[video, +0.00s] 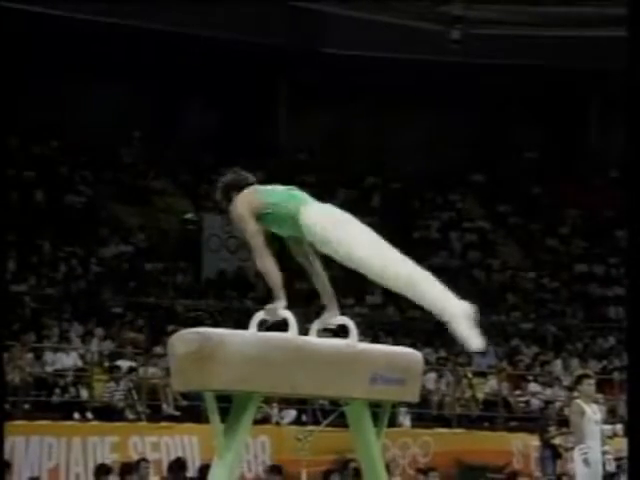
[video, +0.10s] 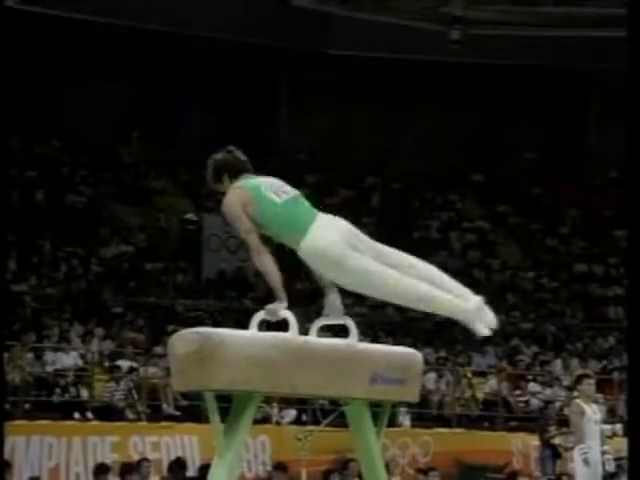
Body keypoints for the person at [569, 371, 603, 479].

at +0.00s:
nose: (592, 388)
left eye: (593, 385)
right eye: (588, 385)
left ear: (595, 386)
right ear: (579, 387)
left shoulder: (594, 406)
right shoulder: (577, 405)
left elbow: (596, 429)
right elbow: (577, 430)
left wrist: (614, 430)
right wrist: (583, 453)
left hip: (596, 449)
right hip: (585, 450)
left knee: (597, 474)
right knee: (585, 475)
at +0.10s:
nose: (592, 388)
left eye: (593, 385)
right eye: (588, 384)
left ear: (595, 386)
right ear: (578, 387)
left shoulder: (594, 406)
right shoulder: (576, 405)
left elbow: (596, 429)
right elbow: (577, 430)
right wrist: (582, 453)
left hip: (596, 449)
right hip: (585, 450)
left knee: (597, 474)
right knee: (585, 475)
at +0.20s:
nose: (592, 388)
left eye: (593, 385)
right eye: (588, 384)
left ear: (595, 386)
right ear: (578, 387)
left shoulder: (594, 406)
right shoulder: (576, 405)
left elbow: (596, 429)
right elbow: (576, 430)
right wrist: (582, 453)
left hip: (596, 450)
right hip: (585, 451)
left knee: (597, 474)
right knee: (585, 475)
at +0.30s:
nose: (591, 388)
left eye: (592, 384)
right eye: (587, 384)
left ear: (595, 386)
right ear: (578, 387)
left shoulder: (594, 406)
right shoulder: (576, 405)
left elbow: (595, 428)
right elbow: (576, 430)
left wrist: (611, 429)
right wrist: (582, 453)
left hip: (595, 448)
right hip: (584, 450)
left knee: (596, 474)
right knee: (585, 475)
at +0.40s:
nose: (591, 388)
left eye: (592, 384)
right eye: (587, 384)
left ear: (594, 386)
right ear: (577, 387)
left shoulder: (593, 406)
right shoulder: (575, 404)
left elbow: (594, 428)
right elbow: (575, 429)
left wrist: (611, 429)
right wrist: (581, 452)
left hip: (595, 447)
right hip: (584, 449)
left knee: (595, 473)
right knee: (585, 474)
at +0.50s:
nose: (591, 388)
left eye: (592, 384)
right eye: (587, 384)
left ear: (594, 386)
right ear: (577, 387)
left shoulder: (593, 406)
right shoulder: (575, 405)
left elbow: (594, 428)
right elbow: (575, 429)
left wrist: (611, 429)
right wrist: (581, 452)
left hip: (595, 448)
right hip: (584, 449)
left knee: (595, 474)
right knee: (584, 475)